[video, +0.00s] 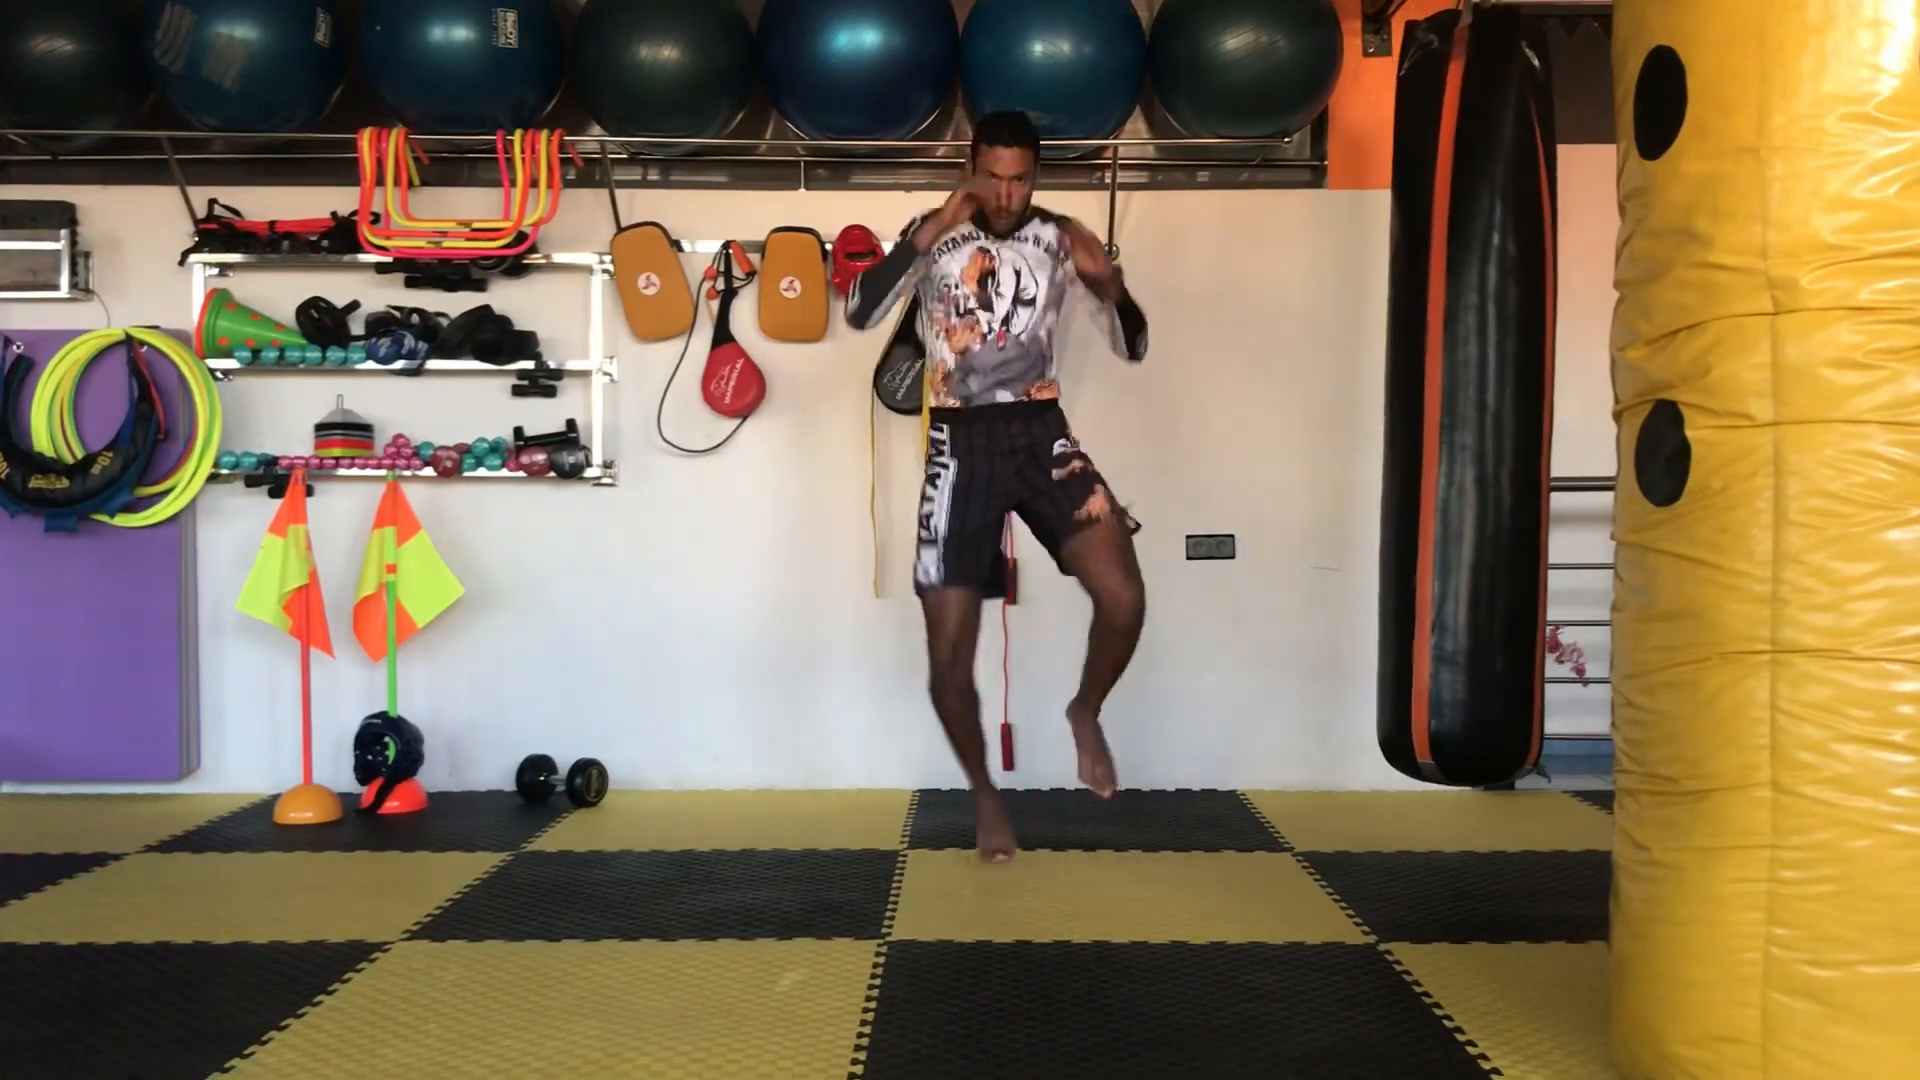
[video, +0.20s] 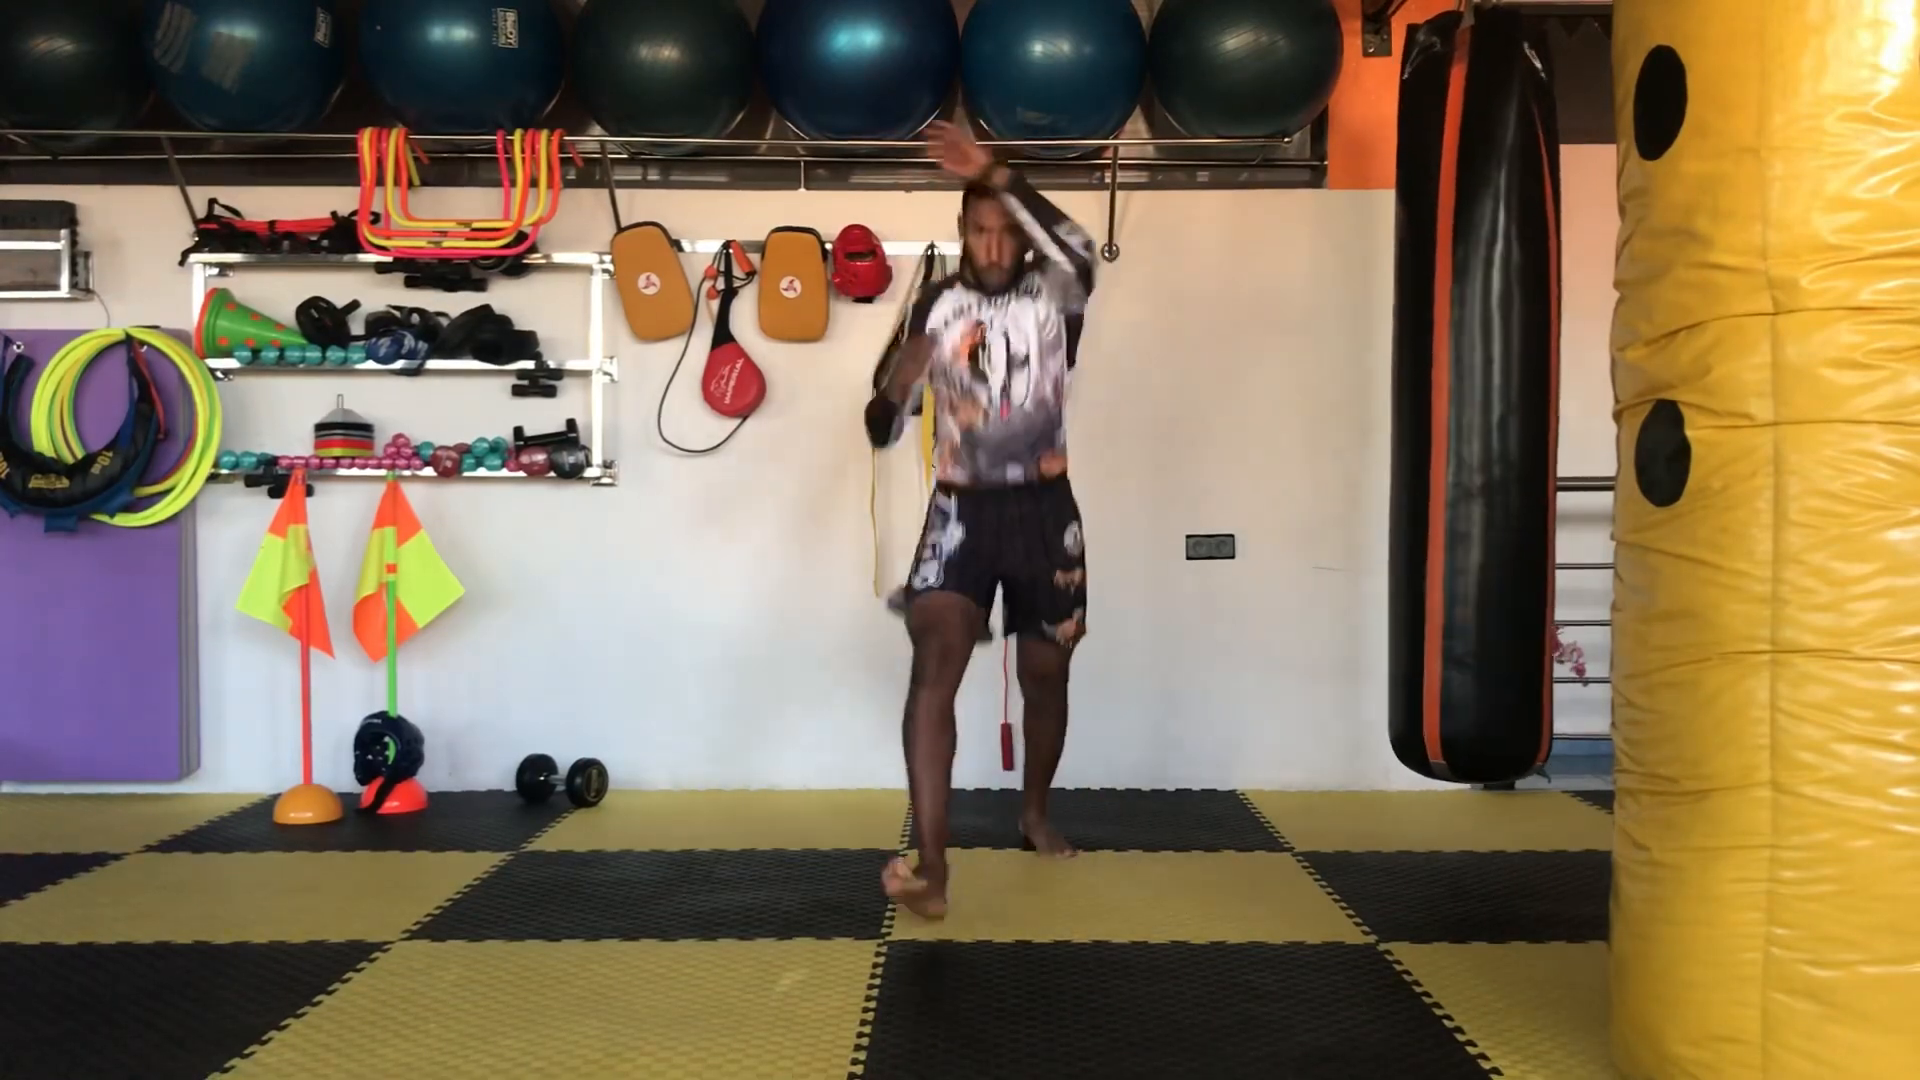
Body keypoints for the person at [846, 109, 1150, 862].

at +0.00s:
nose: (1006, 194)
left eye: (1019, 180)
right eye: (993, 180)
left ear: (1035, 176)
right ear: (971, 171)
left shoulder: (1063, 240)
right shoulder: (932, 234)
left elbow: (1132, 347)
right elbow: (862, 313)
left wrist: (1108, 285)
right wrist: (925, 236)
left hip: (1043, 436)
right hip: (959, 447)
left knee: (1125, 604)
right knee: (948, 660)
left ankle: (1084, 711)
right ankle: (984, 797)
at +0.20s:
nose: (991, 244)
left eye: (1005, 231)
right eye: (977, 230)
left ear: (1026, 238)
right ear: (960, 239)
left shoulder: (1054, 299)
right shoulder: (936, 306)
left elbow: (1083, 254)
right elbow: (883, 428)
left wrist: (996, 176)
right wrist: (896, 386)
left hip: (1042, 501)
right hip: (959, 504)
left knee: (1046, 672)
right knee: (934, 668)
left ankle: (1038, 817)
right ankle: (929, 864)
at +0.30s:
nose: (975, 259)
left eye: (988, 244)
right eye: (963, 244)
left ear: (1014, 251)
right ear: (946, 251)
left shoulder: (1042, 316)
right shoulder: (920, 323)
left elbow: (1043, 243)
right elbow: (858, 388)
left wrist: (950, 156)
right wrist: (885, 292)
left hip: (1032, 521)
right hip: (947, 524)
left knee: (1043, 692)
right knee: (923, 679)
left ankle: (1040, 802)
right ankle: (938, 901)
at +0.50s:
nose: (979, 188)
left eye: (989, 174)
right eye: (965, 173)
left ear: (1004, 176)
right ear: (937, 171)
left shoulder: (1026, 251)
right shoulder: (885, 234)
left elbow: (1078, 338)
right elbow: (848, 253)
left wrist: (1042, 256)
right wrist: (961, 190)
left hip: (988, 453)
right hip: (895, 460)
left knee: (1074, 640)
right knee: (878, 677)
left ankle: (1028, 701)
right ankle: (934, 905)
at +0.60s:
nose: (965, 194)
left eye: (980, 181)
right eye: (950, 179)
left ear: (999, 179)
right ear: (928, 171)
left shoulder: (1023, 261)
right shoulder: (889, 227)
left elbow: (1055, 386)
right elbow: (888, 233)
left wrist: (1084, 393)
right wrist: (996, 216)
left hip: (988, 412)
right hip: (892, 421)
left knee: (1058, 483)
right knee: (871, 674)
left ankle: (1037, 617)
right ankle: (939, 897)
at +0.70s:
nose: (975, 197)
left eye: (991, 186)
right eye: (961, 183)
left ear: (1008, 188)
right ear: (939, 176)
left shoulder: (1028, 260)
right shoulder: (893, 220)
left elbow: (1032, 374)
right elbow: (894, 225)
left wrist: (1081, 479)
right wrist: (1002, 227)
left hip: (962, 406)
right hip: (877, 424)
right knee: (871, 666)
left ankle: (1064, 526)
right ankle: (935, 888)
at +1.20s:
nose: (963, 157)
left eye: (980, 143)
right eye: (952, 142)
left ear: (1011, 153)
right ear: (935, 150)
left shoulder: (1037, 249)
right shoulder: (907, 233)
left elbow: (1049, 392)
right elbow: (820, 290)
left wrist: (1015, 355)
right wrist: (895, 245)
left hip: (965, 404)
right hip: (881, 429)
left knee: (935, 450)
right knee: (900, 678)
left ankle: (1027, 652)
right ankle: (957, 906)